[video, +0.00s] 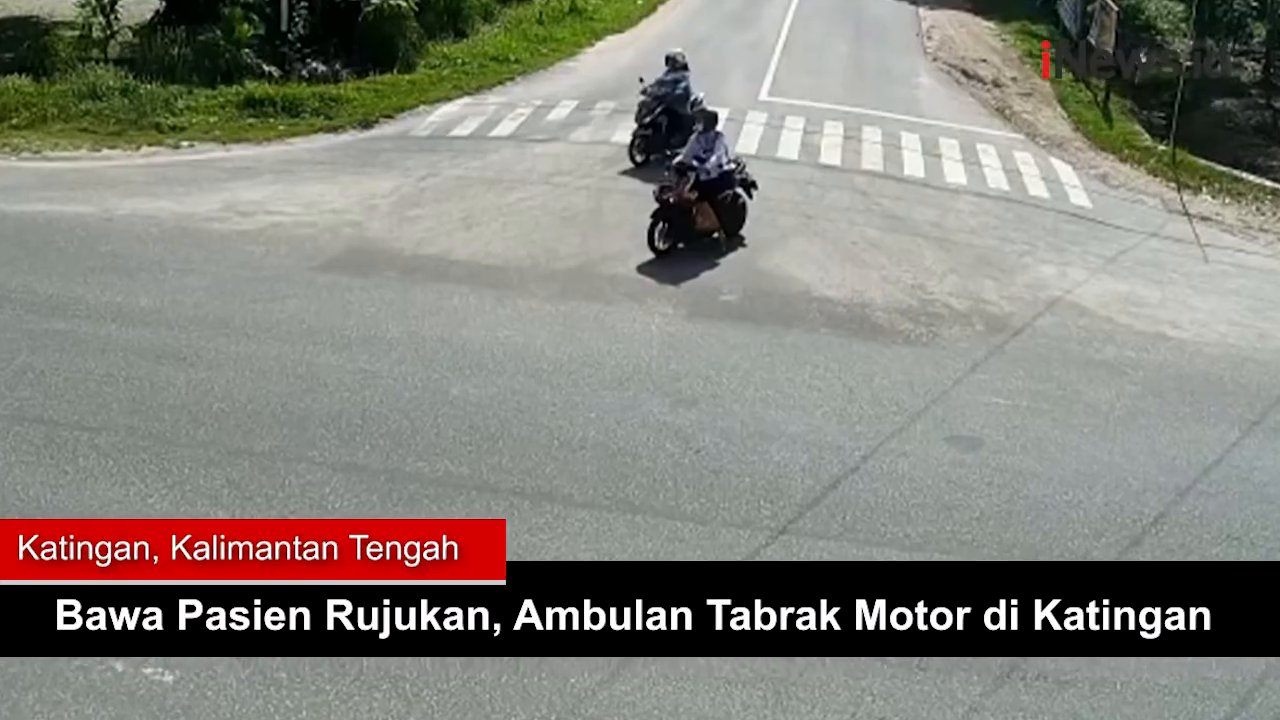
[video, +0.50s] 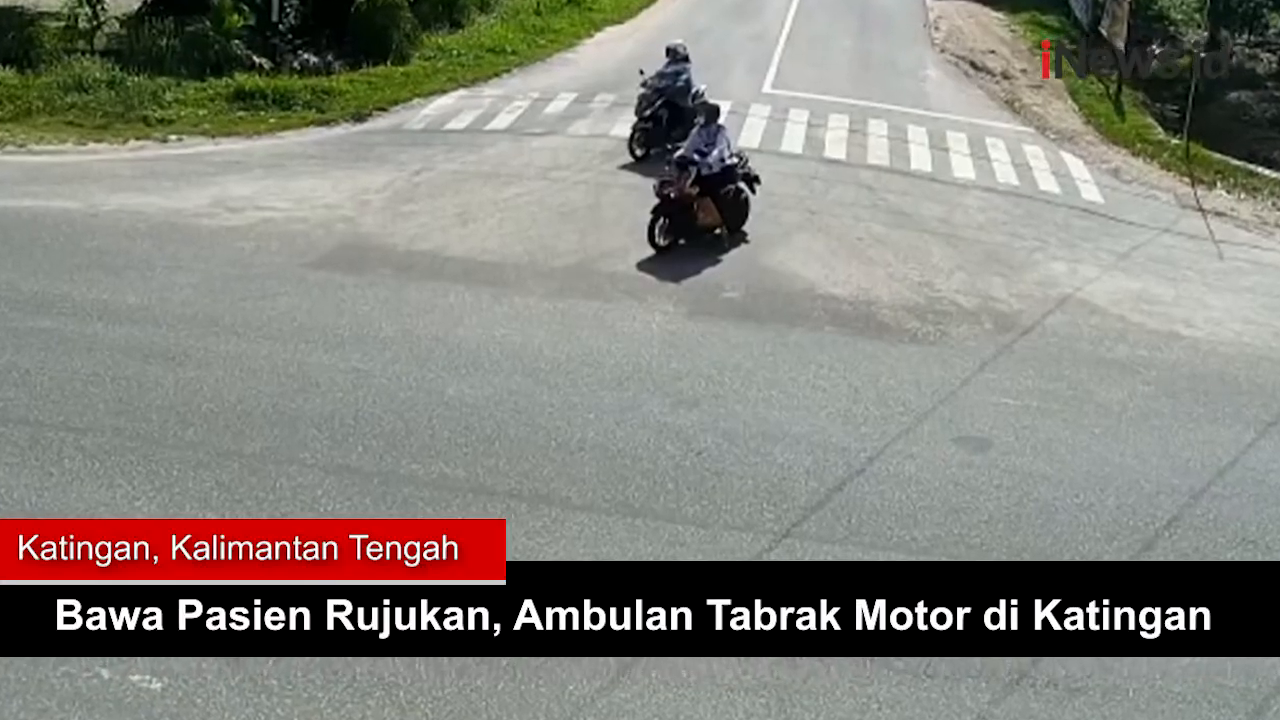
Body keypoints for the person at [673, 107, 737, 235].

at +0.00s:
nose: (699, 124)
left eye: (703, 121)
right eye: (700, 120)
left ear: (711, 123)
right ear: (701, 123)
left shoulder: (719, 138)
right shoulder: (696, 137)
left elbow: (717, 156)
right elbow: (688, 152)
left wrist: (705, 167)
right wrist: (679, 162)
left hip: (719, 173)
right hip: (700, 173)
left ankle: (727, 230)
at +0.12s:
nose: (699, 122)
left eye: (702, 119)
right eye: (699, 119)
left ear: (711, 122)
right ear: (702, 121)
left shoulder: (719, 137)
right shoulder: (696, 136)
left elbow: (718, 156)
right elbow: (688, 151)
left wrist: (705, 166)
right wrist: (679, 161)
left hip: (720, 173)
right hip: (701, 173)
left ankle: (728, 229)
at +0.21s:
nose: (699, 121)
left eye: (703, 118)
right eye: (700, 118)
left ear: (711, 121)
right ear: (702, 120)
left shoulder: (719, 136)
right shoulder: (697, 135)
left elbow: (719, 154)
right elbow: (688, 150)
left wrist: (706, 166)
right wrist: (679, 160)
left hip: (720, 172)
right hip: (701, 172)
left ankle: (727, 228)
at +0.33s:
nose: (700, 120)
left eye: (703, 117)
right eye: (700, 116)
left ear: (712, 119)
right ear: (703, 119)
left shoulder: (720, 134)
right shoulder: (697, 134)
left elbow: (719, 154)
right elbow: (688, 149)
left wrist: (706, 164)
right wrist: (679, 159)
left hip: (720, 170)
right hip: (702, 170)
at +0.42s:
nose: (698, 119)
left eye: (702, 116)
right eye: (699, 116)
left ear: (711, 118)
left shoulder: (720, 134)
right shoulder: (698, 133)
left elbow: (719, 153)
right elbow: (688, 148)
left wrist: (706, 164)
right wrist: (679, 158)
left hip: (721, 169)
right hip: (702, 169)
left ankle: (726, 225)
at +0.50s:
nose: (701, 117)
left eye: (704, 114)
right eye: (701, 114)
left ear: (712, 116)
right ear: (703, 116)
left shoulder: (721, 132)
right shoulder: (698, 131)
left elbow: (719, 150)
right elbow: (689, 146)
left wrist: (707, 161)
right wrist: (678, 156)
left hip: (722, 168)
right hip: (703, 168)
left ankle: (727, 224)